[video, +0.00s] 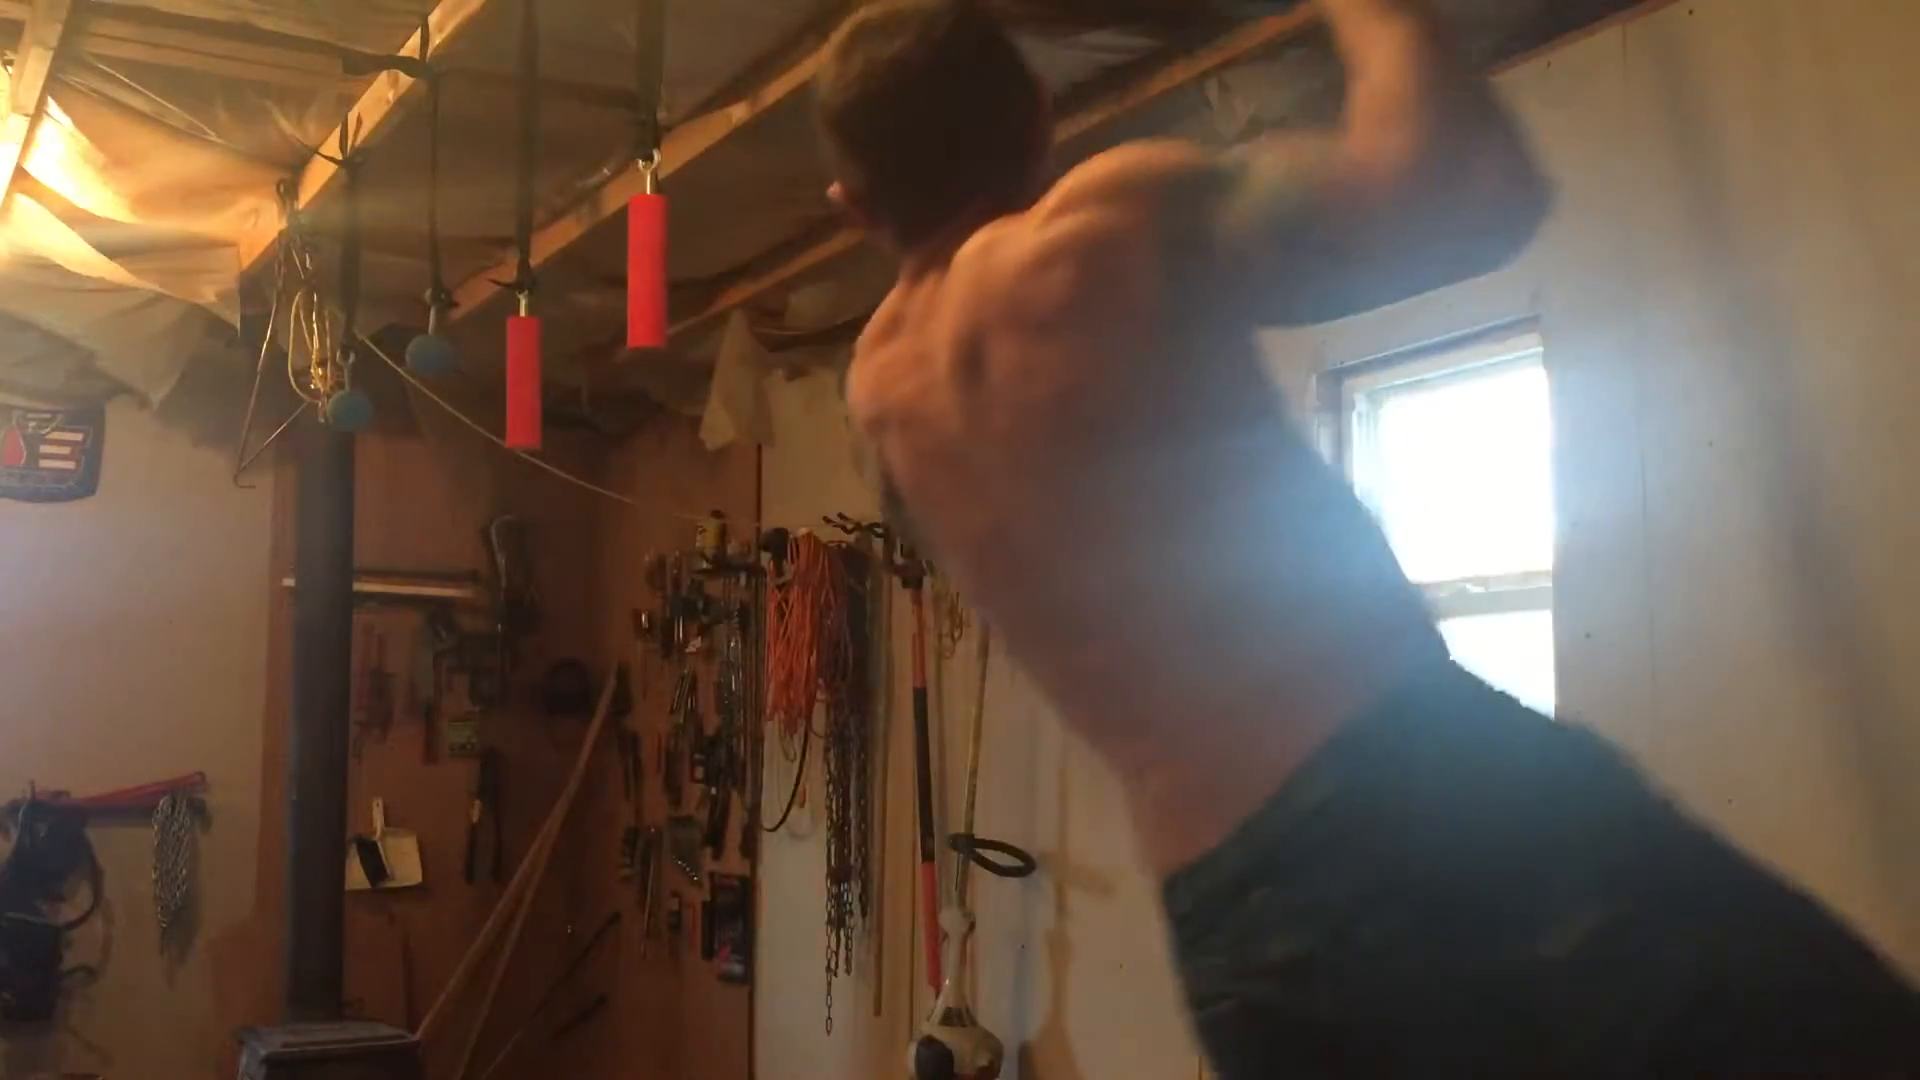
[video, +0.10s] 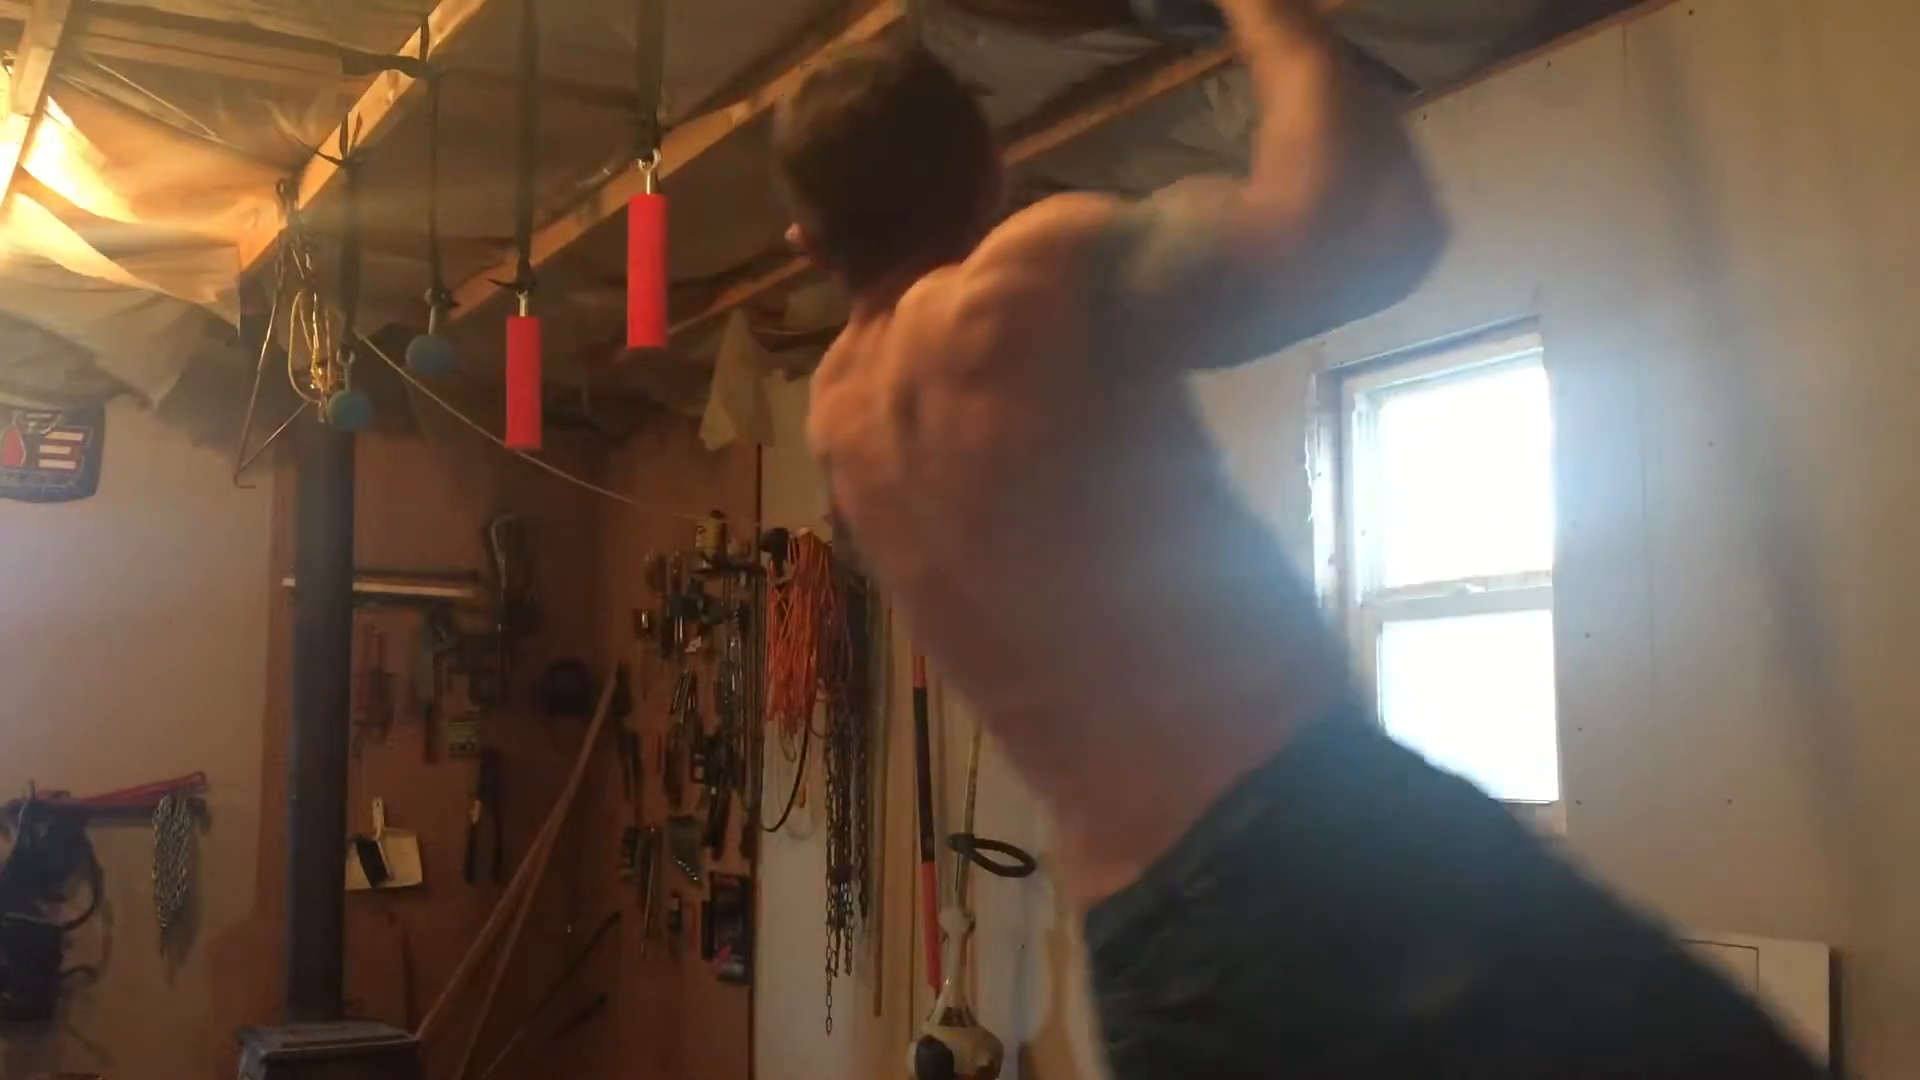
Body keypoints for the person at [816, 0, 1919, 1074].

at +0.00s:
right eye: (1031, 86)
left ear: (855, 210)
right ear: (1029, 115)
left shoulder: (877, 387)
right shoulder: (1121, 218)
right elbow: (1472, 189)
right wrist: (1368, 11)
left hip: (1229, 925)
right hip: (1437, 806)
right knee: (1854, 1032)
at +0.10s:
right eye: (993, 139)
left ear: (815, 254)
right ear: (987, 166)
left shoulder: (835, 412)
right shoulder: (1043, 272)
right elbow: (1375, 225)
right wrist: (1274, 29)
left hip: (1139, 961)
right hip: (1337, 860)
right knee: (1735, 1059)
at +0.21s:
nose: (951, 182)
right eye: (944, 173)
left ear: (773, 283)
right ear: (946, 201)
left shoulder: (787, 431)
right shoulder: (979, 319)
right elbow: (1278, 257)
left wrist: (931, 199)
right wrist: (1187, 30)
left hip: (1042, 978)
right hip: (1225, 898)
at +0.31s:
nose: (929, 251)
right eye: (919, 227)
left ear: (742, 294)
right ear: (910, 248)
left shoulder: (748, 441)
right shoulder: (928, 350)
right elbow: (1213, 284)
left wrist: (919, 240)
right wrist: (1127, 37)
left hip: (943, 988)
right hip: (1128, 947)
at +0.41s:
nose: (897, 248)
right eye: (887, 228)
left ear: (718, 292)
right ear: (879, 256)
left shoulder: (716, 436)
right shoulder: (896, 366)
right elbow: (1177, 312)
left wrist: (908, 268)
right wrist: (1096, 56)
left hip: (856, 997)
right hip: (1047, 982)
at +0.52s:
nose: (878, 254)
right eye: (870, 234)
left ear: (702, 280)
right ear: (856, 267)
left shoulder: (675, 429)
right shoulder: (882, 379)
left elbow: (796, 398)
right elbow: (1181, 333)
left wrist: (877, 268)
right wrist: (1075, 77)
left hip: (765, 987)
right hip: (970, 1000)